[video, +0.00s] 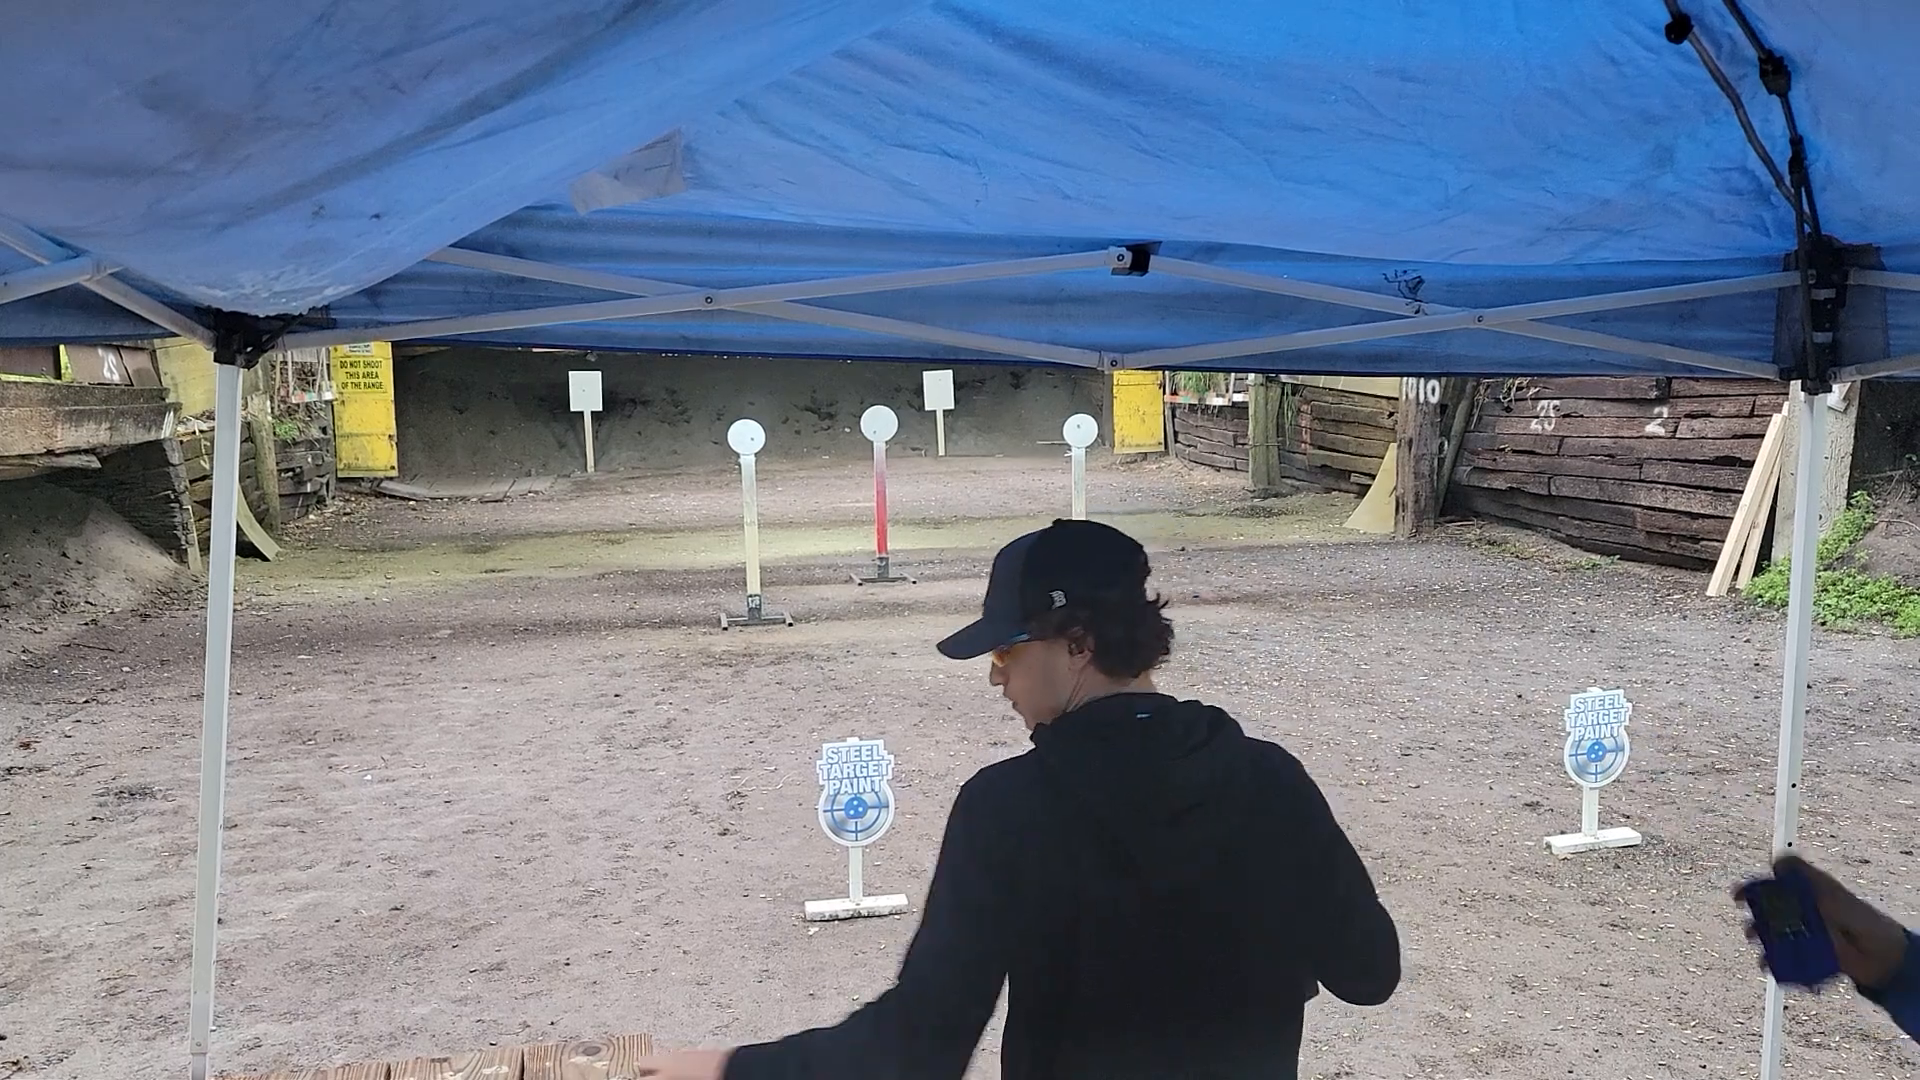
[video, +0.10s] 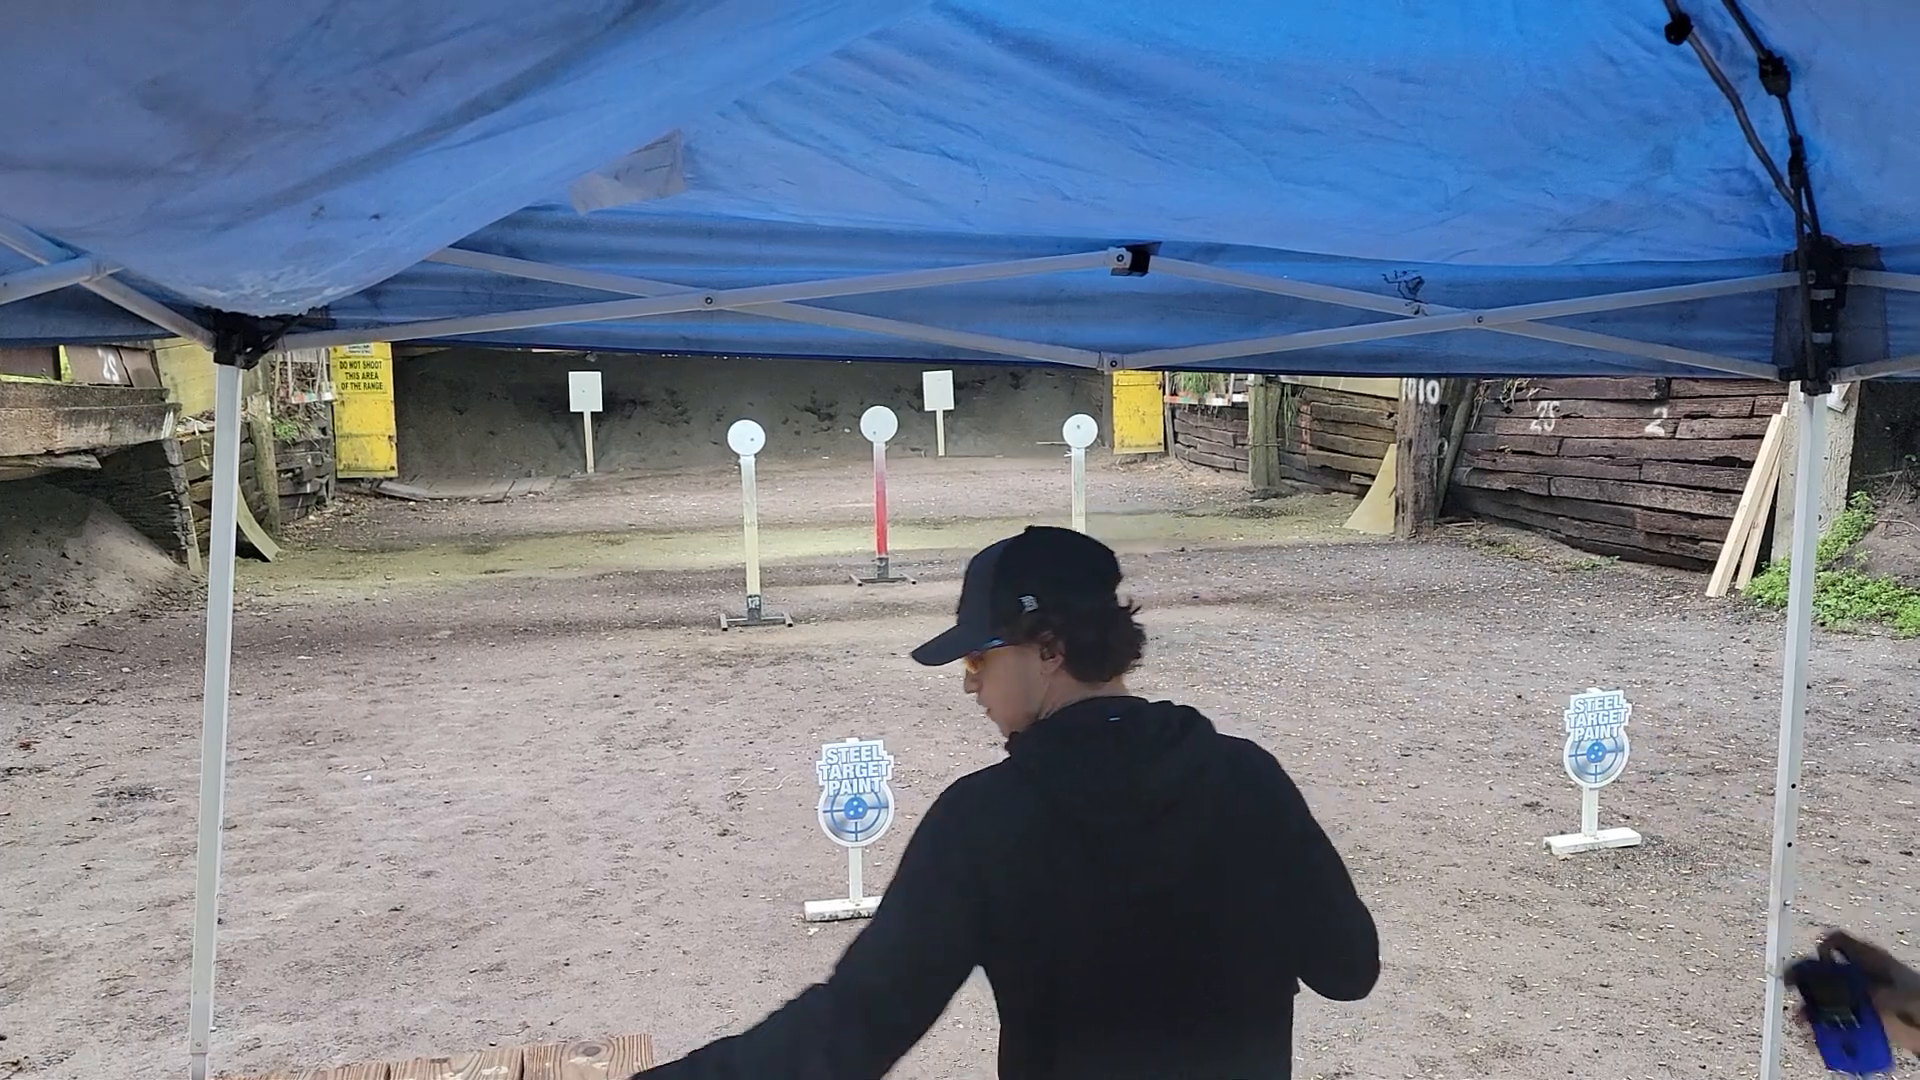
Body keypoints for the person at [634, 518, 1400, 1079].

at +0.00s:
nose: (995, 672)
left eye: (1008, 647)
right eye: (996, 648)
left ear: (1075, 644)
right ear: (1124, 639)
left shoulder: (1010, 804)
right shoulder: (1269, 778)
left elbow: (925, 1039)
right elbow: (1372, 972)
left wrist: (734, 1066)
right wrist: (1251, 901)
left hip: (1070, 1062)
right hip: (1248, 1069)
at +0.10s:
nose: (970, 685)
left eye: (979, 658)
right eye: (967, 661)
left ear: (1049, 651)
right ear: (1078, 649)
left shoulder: (983, 819)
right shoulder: (1248, 781)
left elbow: (851, 1035)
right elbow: (1351, 968)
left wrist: (660, 1074)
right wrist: (1232, 898)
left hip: (1062, 1063)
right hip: (1240, 1069)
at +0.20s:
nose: (938, 693)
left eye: (949, 667)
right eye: (937, 670)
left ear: (1014, 659)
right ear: (1045, 657)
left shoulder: (953, 829)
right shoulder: (1220, 777)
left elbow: (812, 1024)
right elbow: (1331, 966)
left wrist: (661, 1074)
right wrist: (1204, 894)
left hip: (1048, 1063)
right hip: (1229, 1068)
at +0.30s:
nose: (925, 704)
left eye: (930, 678)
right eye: (921, 682)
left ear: (993, 663)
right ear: (1046, 656)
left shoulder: (939, 834)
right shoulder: (1208, 775)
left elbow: (802, 1027)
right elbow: (1318, 963)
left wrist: (660, 1073)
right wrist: (1184, 891)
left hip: (1036, 1063)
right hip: (1219, 1067)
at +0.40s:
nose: (918, 702)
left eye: (924, 675)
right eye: (914, 680)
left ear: (988, 661)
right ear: (1045, 652)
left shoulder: (939, 829)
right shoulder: (1204, 773)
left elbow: (816, 1036)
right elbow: (1314, 963)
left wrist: (663, 1076)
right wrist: (1184, 886)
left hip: (1031, 1064)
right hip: (1217, 1067)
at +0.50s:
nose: (922, 705)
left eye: (927, 677)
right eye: (918, 682)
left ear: (989, 661)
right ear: (1054, 651)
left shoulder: (944, 827)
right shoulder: (1206, 775)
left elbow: (839, 1046)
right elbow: (1315, 964)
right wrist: (1191, 896)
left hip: (1031, 1069)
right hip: (1213, 1071)